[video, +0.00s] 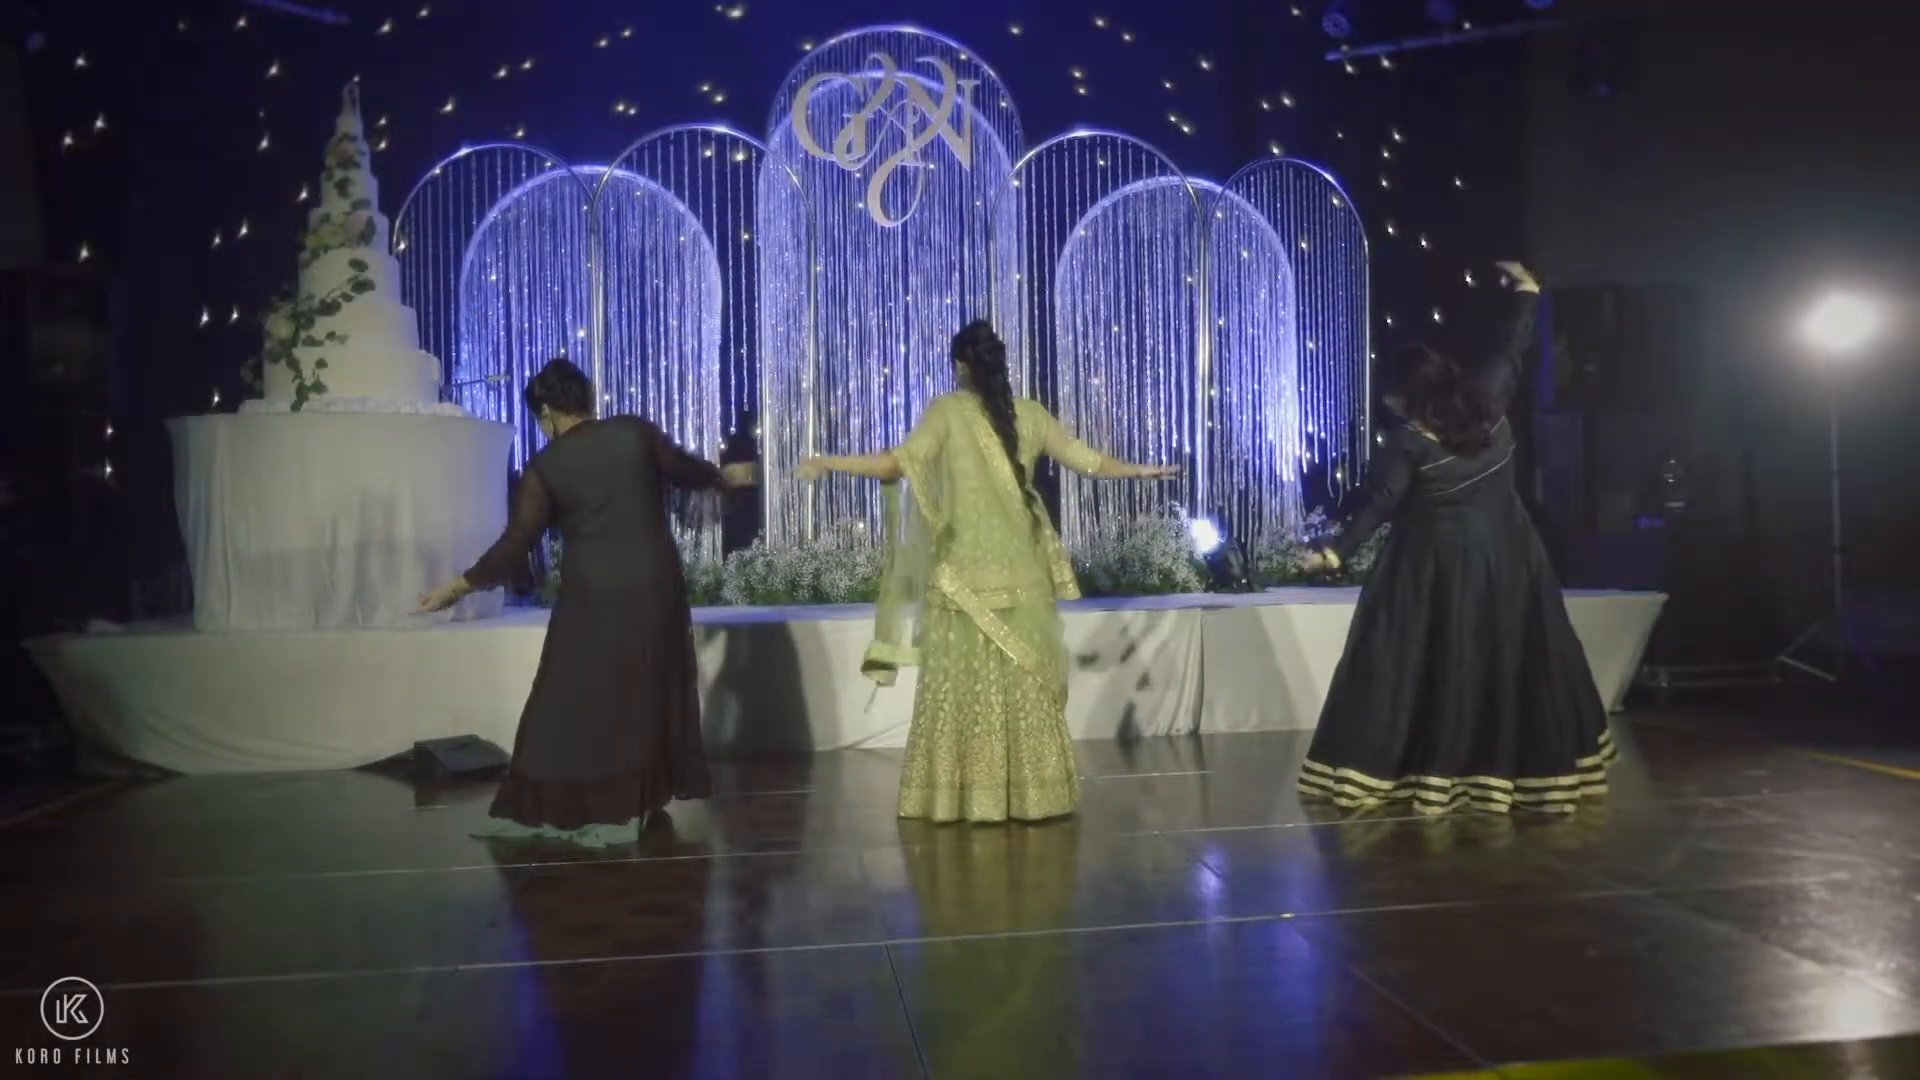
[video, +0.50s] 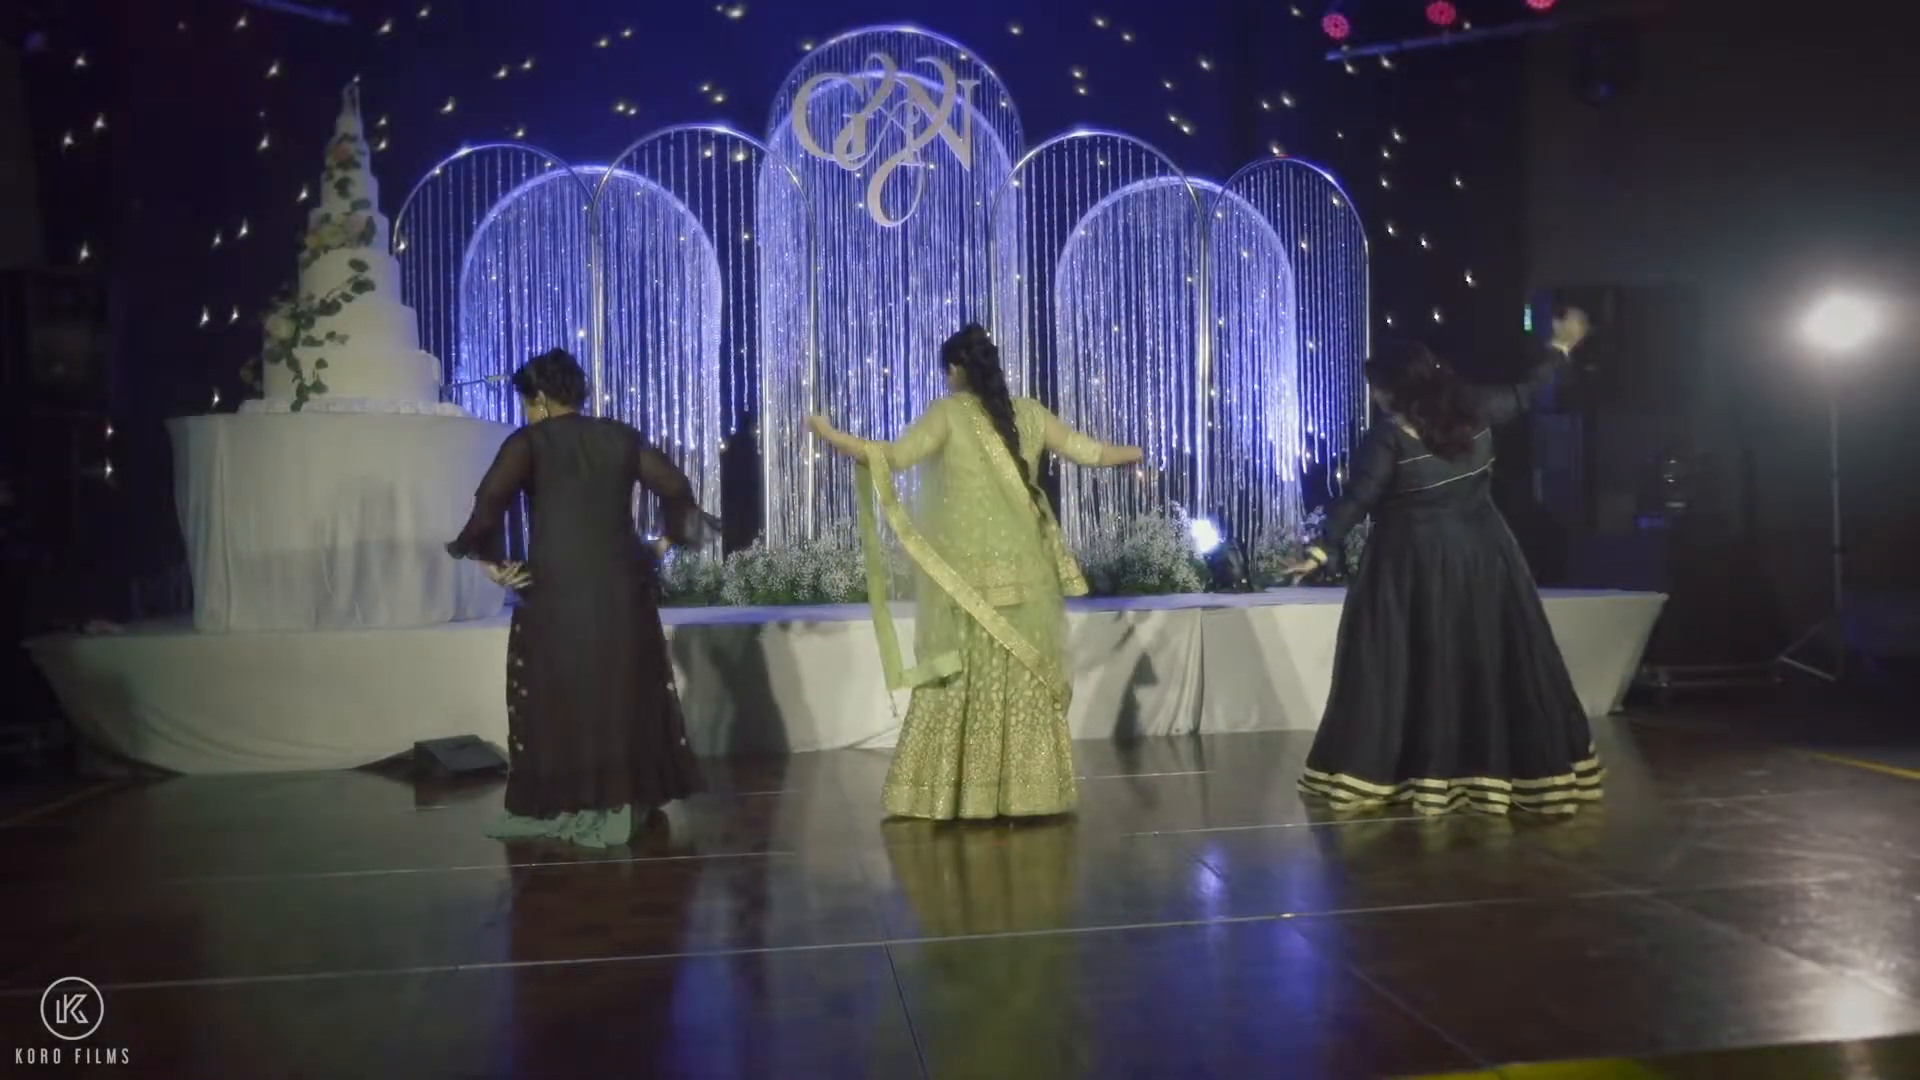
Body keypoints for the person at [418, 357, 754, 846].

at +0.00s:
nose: (542, 428)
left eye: (540, 417)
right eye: (541, 418)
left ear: (550, 413)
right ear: (588, 402)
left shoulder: (547, 466)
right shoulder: (637, 433)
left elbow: (517, 541)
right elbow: (683, 466)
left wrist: (462, 585)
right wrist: (723, 478)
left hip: (594, 594)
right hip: (656, 587)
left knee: (577, 695)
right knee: (649, 691)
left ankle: (585, 811)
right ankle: (650, 802)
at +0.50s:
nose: (525, 413)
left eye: (525, 403)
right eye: (525, 403)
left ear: (539, 399)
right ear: (577, 396)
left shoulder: (529, 441)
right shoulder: (621, 437)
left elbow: (490, 500)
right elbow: (677, 488)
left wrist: (489, 559)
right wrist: (671, 537)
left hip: (558, 593)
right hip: (622, 591)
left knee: (559, 697)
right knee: (622, 695)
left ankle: (569, 810)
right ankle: (629, 808)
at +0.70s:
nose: (501, 405)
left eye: (506, 394)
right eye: (500, 395)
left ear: (535, 395)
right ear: (553, 395)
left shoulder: (528, 438)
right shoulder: (593, 441)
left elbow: (511, 493)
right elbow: (632, 495)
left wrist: (501, 547)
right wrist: (600, 531)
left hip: (544, 589)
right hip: (592, 586)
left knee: (545, 693)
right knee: (594, 692)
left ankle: (554, 803)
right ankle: (605, 805)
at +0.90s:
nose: (505, 395)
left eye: (517, 386)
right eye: (500, 387)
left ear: (542, 391)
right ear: (497, 392)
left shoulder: (548, 433)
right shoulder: (529, 438)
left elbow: (574, 467)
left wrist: (553, 529)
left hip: (552, 583)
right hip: (526, 583)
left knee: (552, 696)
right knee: (524, 693)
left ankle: (560, 814)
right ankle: (526, 810)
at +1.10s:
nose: (527, 393)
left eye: (536, 385)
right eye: (516, 383)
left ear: (544, 390)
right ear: (496, 388)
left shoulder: (560, 435)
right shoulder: (487, 439)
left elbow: (612, 478)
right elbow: (471, 484)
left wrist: (585, 536)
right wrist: (477, 525)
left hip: (546, 576)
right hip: (500, 575)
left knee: (538, 683)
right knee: (494, 679)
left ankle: (533, 799)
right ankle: (489, 795)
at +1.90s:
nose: (600, 384)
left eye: (609, 376)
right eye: (589, 375)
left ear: (619, 383)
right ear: (566, 381)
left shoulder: (637, 438)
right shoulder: (533, 432)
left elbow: (695, 496)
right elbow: (459, 472)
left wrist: (658, 551)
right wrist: (502, 536)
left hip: (614, 589)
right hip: (551, 587)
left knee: (613, 708)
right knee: (546, 706)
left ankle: (595, 830)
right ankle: (542, 837)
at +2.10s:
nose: (648, 373)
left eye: (654, 364)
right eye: (636, 364)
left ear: (660, 371)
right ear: (608, 369)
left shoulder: (671, 431)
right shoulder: (578, 419)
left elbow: (713, 482)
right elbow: (515, 464)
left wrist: (693, 535)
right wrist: (564, 527)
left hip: (657, 592)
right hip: (595, 590)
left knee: (659, 712)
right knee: (586, 709)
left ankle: (635, 836)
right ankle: (556, 838)